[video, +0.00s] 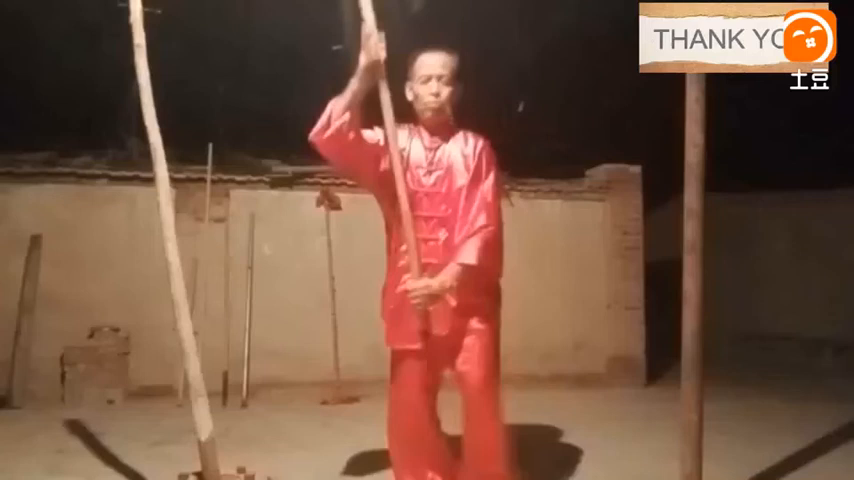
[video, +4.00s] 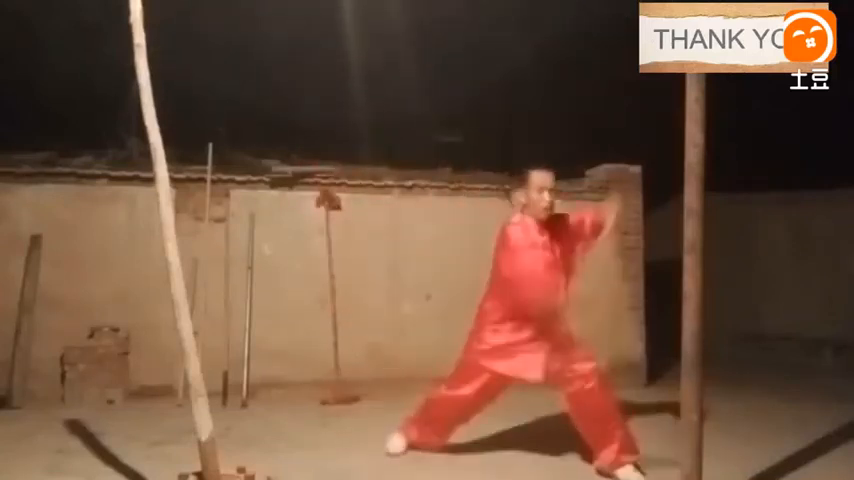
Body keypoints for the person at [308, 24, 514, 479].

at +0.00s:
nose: (437, 89)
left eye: (446, 80)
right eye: (426, 80)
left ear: (457, 89)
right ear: (410, 88)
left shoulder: (474, 149)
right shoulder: (389, 145)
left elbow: (483, 226)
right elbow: (328, 137)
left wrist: (446, 278)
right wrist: (363, 75)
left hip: (469, 291)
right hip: (410, 292)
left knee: (479, 388)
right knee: (411, 398)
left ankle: (487, 477)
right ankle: (419, 476)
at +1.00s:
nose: (434, 142)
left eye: (443, 134)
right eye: (427, 133)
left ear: (458, 143)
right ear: (413, 139)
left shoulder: (474, 196)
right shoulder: (393, 190)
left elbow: (479, 273)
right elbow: (347, 146)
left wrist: (436, 316)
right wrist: (374, 84)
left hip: (463, 332)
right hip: (405, 333)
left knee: (462, 412)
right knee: (405, 414)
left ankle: (466, 478)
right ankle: (413, 478)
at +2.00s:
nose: (418, 175)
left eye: (427, 167)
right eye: (414, 167)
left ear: (446, 173)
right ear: (409, 173)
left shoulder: (450, 209)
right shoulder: (422, 212)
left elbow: (439, 240)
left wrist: (390, 196)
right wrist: (426, 339)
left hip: (472, 321)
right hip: (444, 319)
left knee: (445, 382)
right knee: (416, 370)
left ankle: (466, 470)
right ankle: (432, 447)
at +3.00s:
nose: (396, 269)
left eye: (403, 262)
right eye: (391, 263)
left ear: (414, 264)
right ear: (385, 267)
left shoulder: (425, 295)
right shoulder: (389, 299)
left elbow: (421, 353)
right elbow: (360, 306)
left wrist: (385, 387)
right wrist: (344, 303)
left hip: (461, 371)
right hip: (434, 367)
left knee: (400, 391)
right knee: (390, 389)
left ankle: (434, 443)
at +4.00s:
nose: (547, 198)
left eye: (551, 191)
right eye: (539, 190)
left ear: (555, 195)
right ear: (520, 195)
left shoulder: (560, 227)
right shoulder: (517, 233)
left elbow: (594, 222)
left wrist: (611, 207)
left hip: (544, 334)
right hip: (501, 336)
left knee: (587, 382)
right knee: (463, 392)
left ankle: (617, 459)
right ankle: (411, 434)